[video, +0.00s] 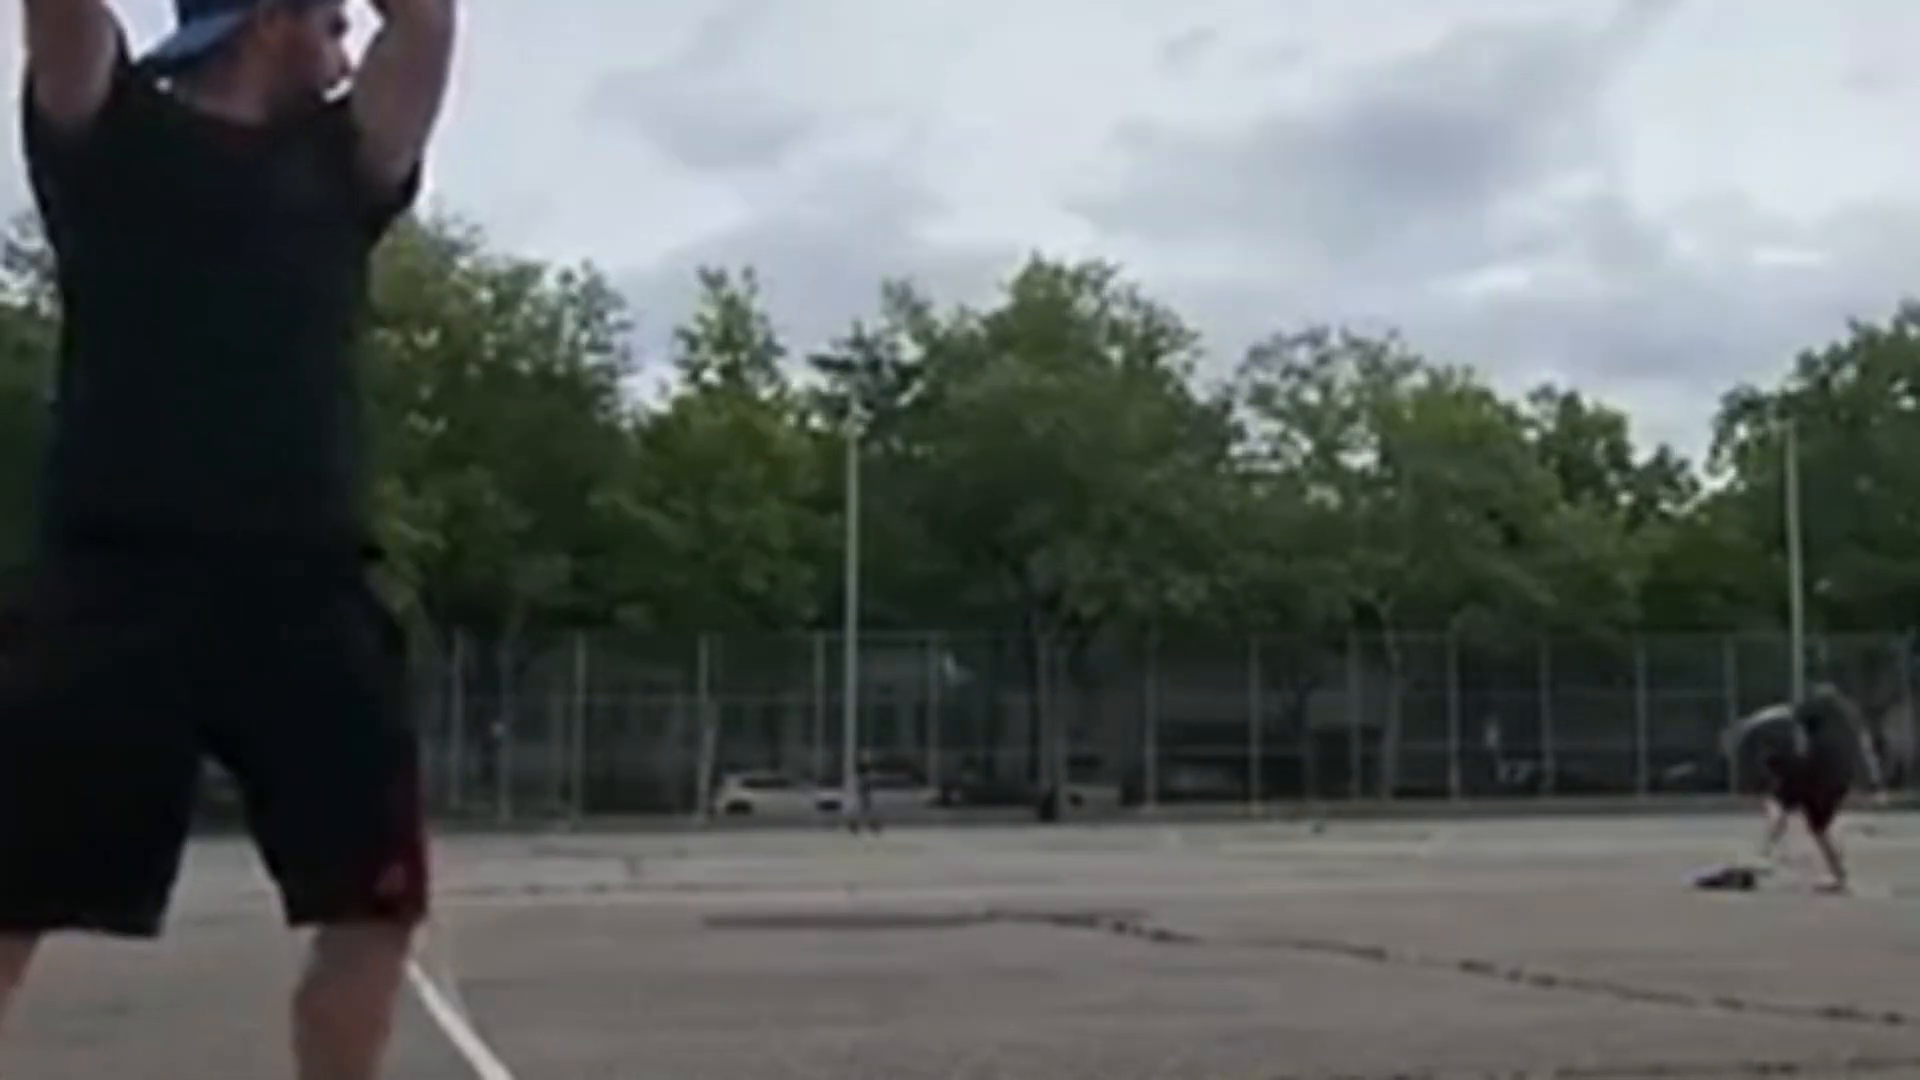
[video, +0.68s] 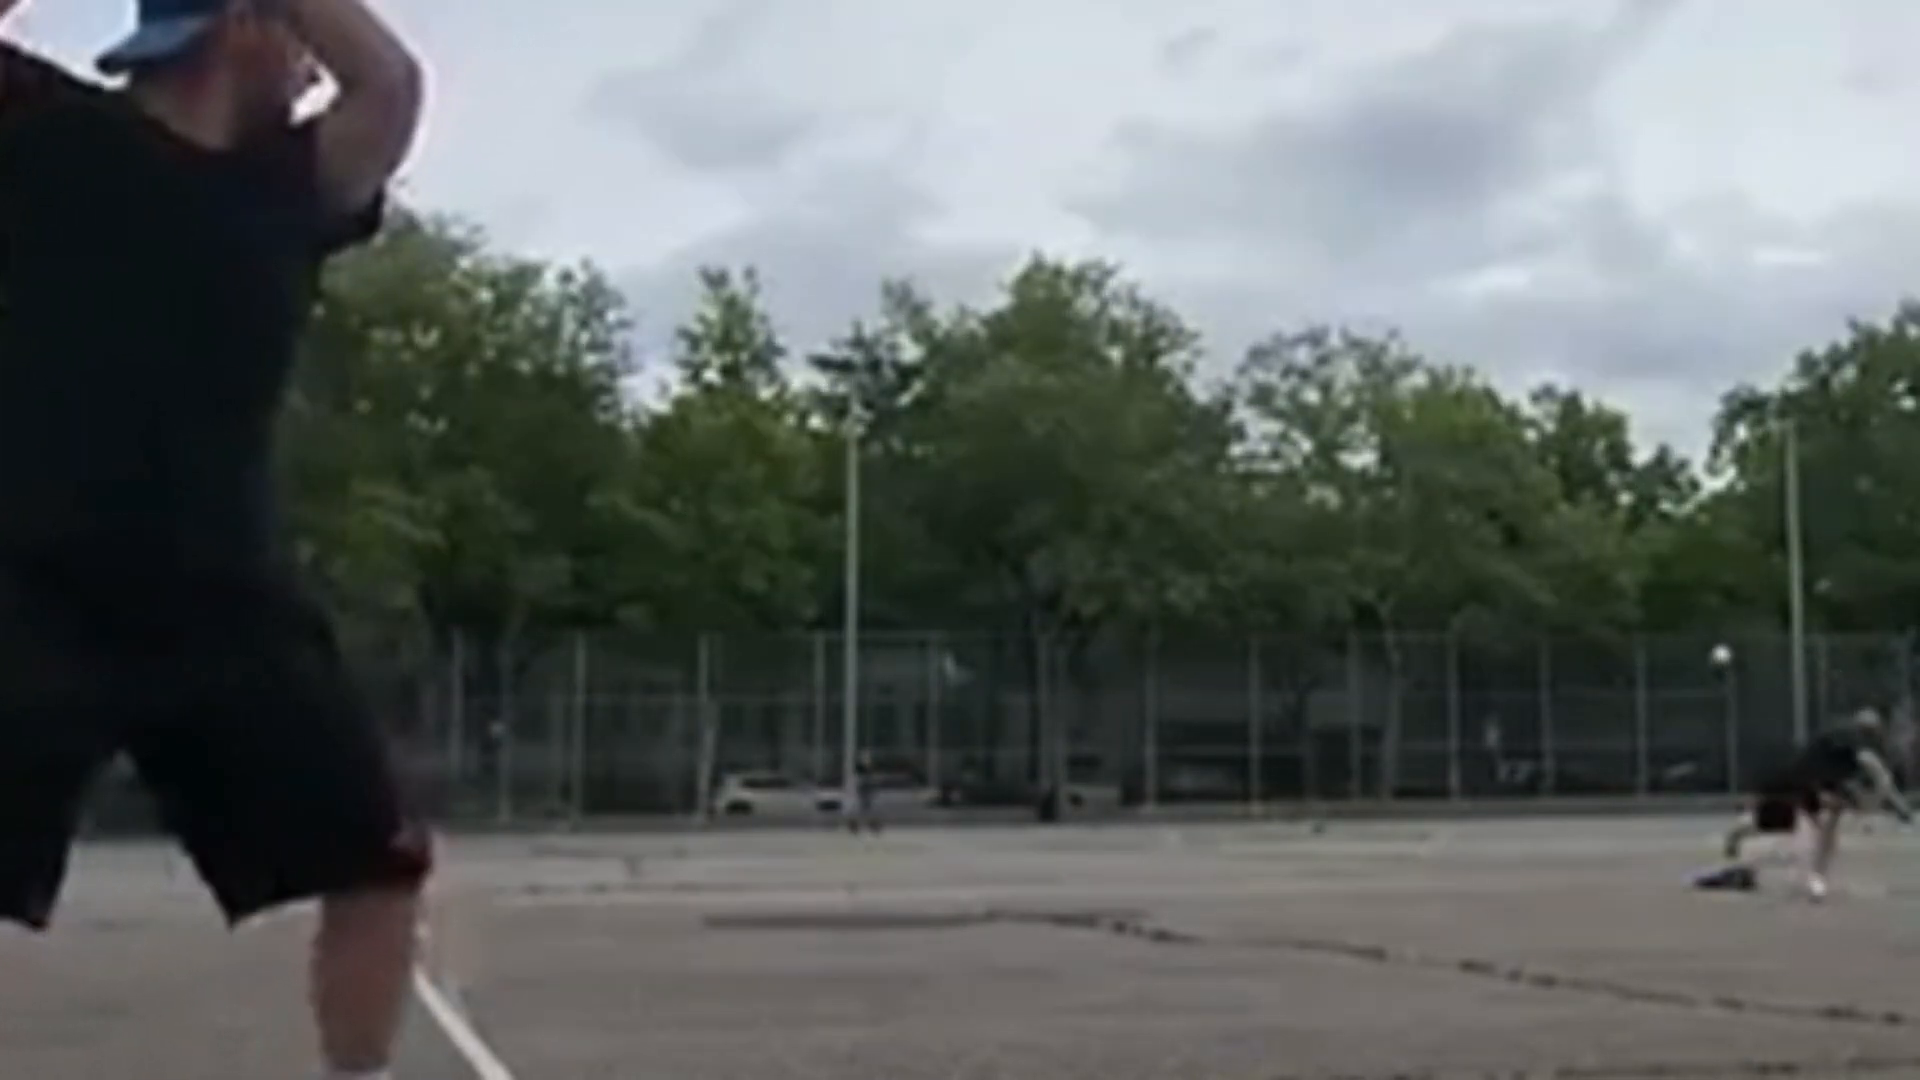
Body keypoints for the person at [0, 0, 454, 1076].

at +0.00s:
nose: (347, 47)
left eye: (346, 26)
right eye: (330, 21)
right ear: (270, 21)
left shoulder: (341, 166)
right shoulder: (104, 140)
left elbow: (426, 22)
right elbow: (58, 7)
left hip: (303, 581)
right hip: (113, 575)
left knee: (375, 906)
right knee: (18, 908)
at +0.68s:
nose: (295, 51)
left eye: (297, 34)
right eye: (282, 27)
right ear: (231, 33)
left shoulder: (283, 193)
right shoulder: (48, 128)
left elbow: (389, 86)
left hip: (217, 586)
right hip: (41, 581)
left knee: (380, 864)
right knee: (6, 882)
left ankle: (354, 1066)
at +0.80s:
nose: (323, 106)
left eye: (323, 81)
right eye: (305, 77)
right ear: (224, 72)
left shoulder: (304, 238)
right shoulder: (38, 173)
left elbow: (297, 218)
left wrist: (114, 47)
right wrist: (18, 28)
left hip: (221, 624)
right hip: (42, 625)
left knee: (413, 855)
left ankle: (441, 1060)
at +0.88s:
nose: (341, 161)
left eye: (342, 136)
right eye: (325, 131)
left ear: (259, 130)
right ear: (242, 127)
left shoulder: (325, 276)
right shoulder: (49, 237)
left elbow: (253, 351)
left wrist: (69, 185)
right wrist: (19, 129)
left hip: (238, 671)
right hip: (51, 669)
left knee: (423, 901)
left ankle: (431, 1069)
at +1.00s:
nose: (339, 212)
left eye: (344, 187)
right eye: (319, 182)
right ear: (224, 166)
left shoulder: (335, 332)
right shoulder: (61, 286)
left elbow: (293, 483)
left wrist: (113, 369)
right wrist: (12, 292)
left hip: (245, 683)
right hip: (59, 689)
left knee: (439, 913)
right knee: (5, 937)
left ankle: (445, 1070)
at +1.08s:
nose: (294, 192)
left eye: (312, 167)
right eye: (269, 157)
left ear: (325, 172)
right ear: (181, 140)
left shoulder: (328, 330)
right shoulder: (43, 284)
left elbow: (335, 535)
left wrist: (184, 514)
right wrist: (26, 436)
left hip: (227, 665)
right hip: (43, 663)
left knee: (417, 913)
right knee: (6, 921)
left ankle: (435, 1067)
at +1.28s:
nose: (209, 57)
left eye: (239, 37)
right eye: (179, 25)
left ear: (260, 66)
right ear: (107, 34)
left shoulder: (280, 245)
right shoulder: (16, 183)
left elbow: (318, 444)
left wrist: (252, 508)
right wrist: (70, 450)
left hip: (186, 629)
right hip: (19, 626)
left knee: (328, 898)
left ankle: (410, 1071)